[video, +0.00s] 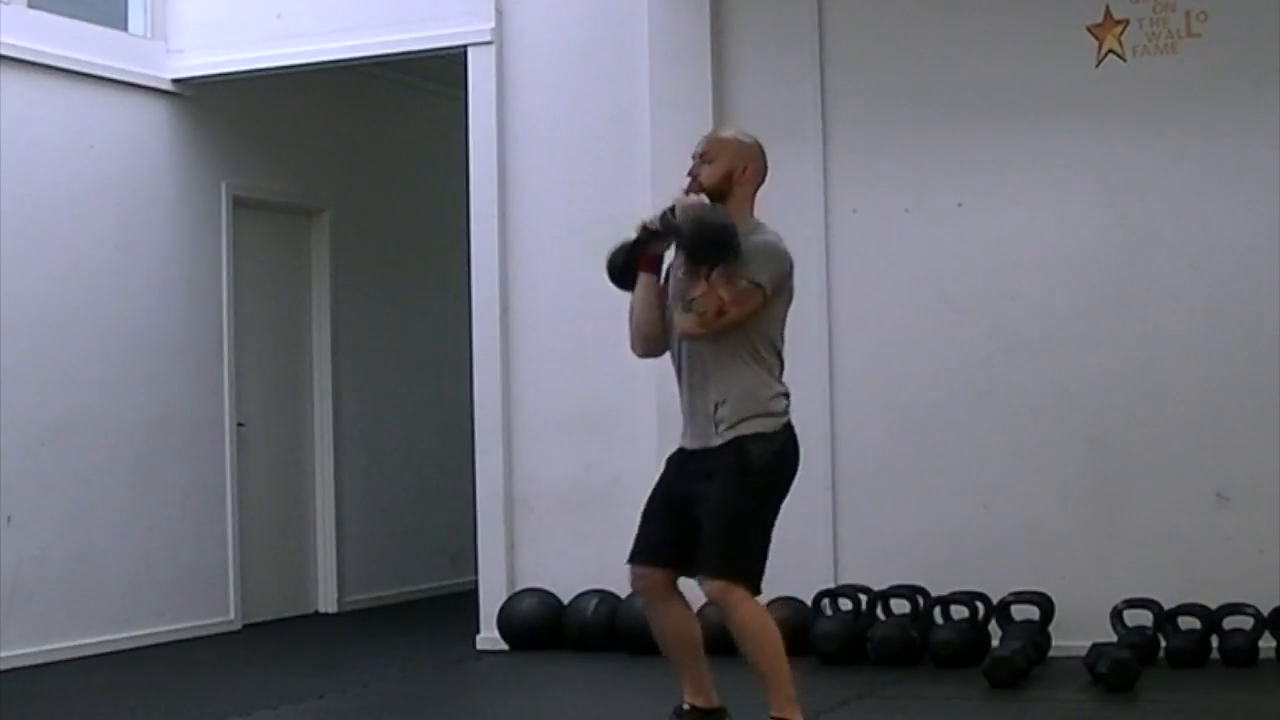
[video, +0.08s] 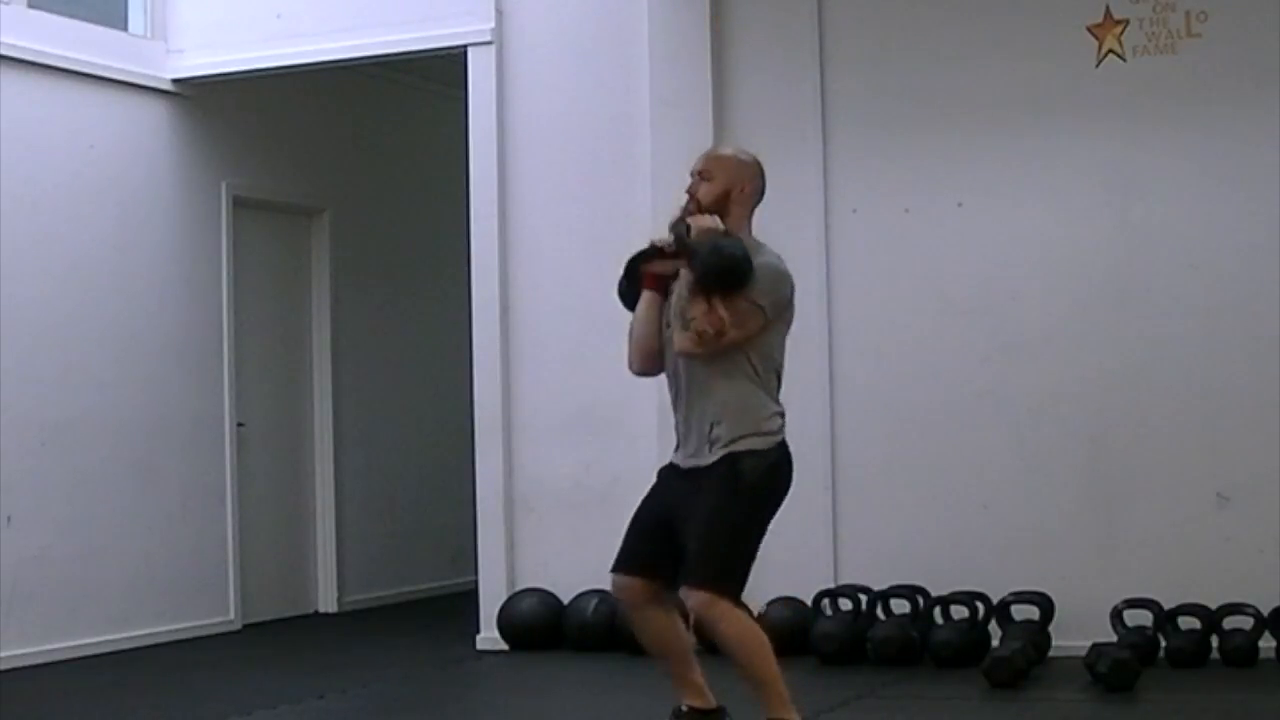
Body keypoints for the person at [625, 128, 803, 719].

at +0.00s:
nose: (691, 171)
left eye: (704, 160)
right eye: (693, 161)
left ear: (746, 172)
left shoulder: (766, 249)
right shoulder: (690, 250)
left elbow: (698, 318)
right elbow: (645, 341)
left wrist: (686, 241)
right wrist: (647, 262)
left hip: (756, 441)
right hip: (697, 446)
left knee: (726, 583)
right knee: (651, 575)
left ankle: (788, 711)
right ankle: (702, 704)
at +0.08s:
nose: (688, 187)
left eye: (702, 178)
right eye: (691, 178)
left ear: (740, 194)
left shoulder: (766, 272)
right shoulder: (685, 272)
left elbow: (696, 340)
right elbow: (642, 359)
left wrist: (698, 251)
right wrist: (655, 274)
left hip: (748, 459)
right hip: (689, 462)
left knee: (707, 595)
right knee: (635, 584)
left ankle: (784, 712)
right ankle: (698, 704)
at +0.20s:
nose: (706, 198)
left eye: (721, 189)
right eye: (707, 188)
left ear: (759, 204)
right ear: (711, 202)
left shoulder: (774, 281)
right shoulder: (692, 283)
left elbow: (709, 349)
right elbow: (642, 359)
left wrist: (716, 264)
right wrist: (661, 278)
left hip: (744, 467)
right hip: (684, 469)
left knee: (696, 601)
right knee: (625, 592)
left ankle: (783, 714)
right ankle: (697, 706)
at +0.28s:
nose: (719, 180)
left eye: (734, 171)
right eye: (721, 171)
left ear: (772, 187)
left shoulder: (779, 263)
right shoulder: (698, 258)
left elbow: (709, 322)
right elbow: (642, 329)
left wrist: (720, 238)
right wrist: (659, 255)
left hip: (738, 446)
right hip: (682, 445)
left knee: (709, 592)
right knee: (638, 581)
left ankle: (783, 714)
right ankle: (699, 706)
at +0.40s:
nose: (736, 127)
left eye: (754, 125)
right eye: (740, 122)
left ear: (778, 160)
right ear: (730, 149)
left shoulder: (782, 222)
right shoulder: (700, 217)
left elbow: (706, 239)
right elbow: (623, 242)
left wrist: (708, 169)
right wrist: (649, 179)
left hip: (736, 407)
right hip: (680, 405)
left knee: (732, 560)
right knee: (666, 558)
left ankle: (783, 708)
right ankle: (695, 698)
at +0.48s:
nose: (782, 164)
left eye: (779, 155)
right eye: (780, 154)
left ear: (750, 156)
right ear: (757, 152)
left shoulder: (774, 213)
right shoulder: (685, 211)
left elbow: (717, 186)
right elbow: (618, 186)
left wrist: (714, 120)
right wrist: (652, 129)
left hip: (744, 408)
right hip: (688, 407)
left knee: (735, 563)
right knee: (667, 560)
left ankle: (787, 709)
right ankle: (696, 699)